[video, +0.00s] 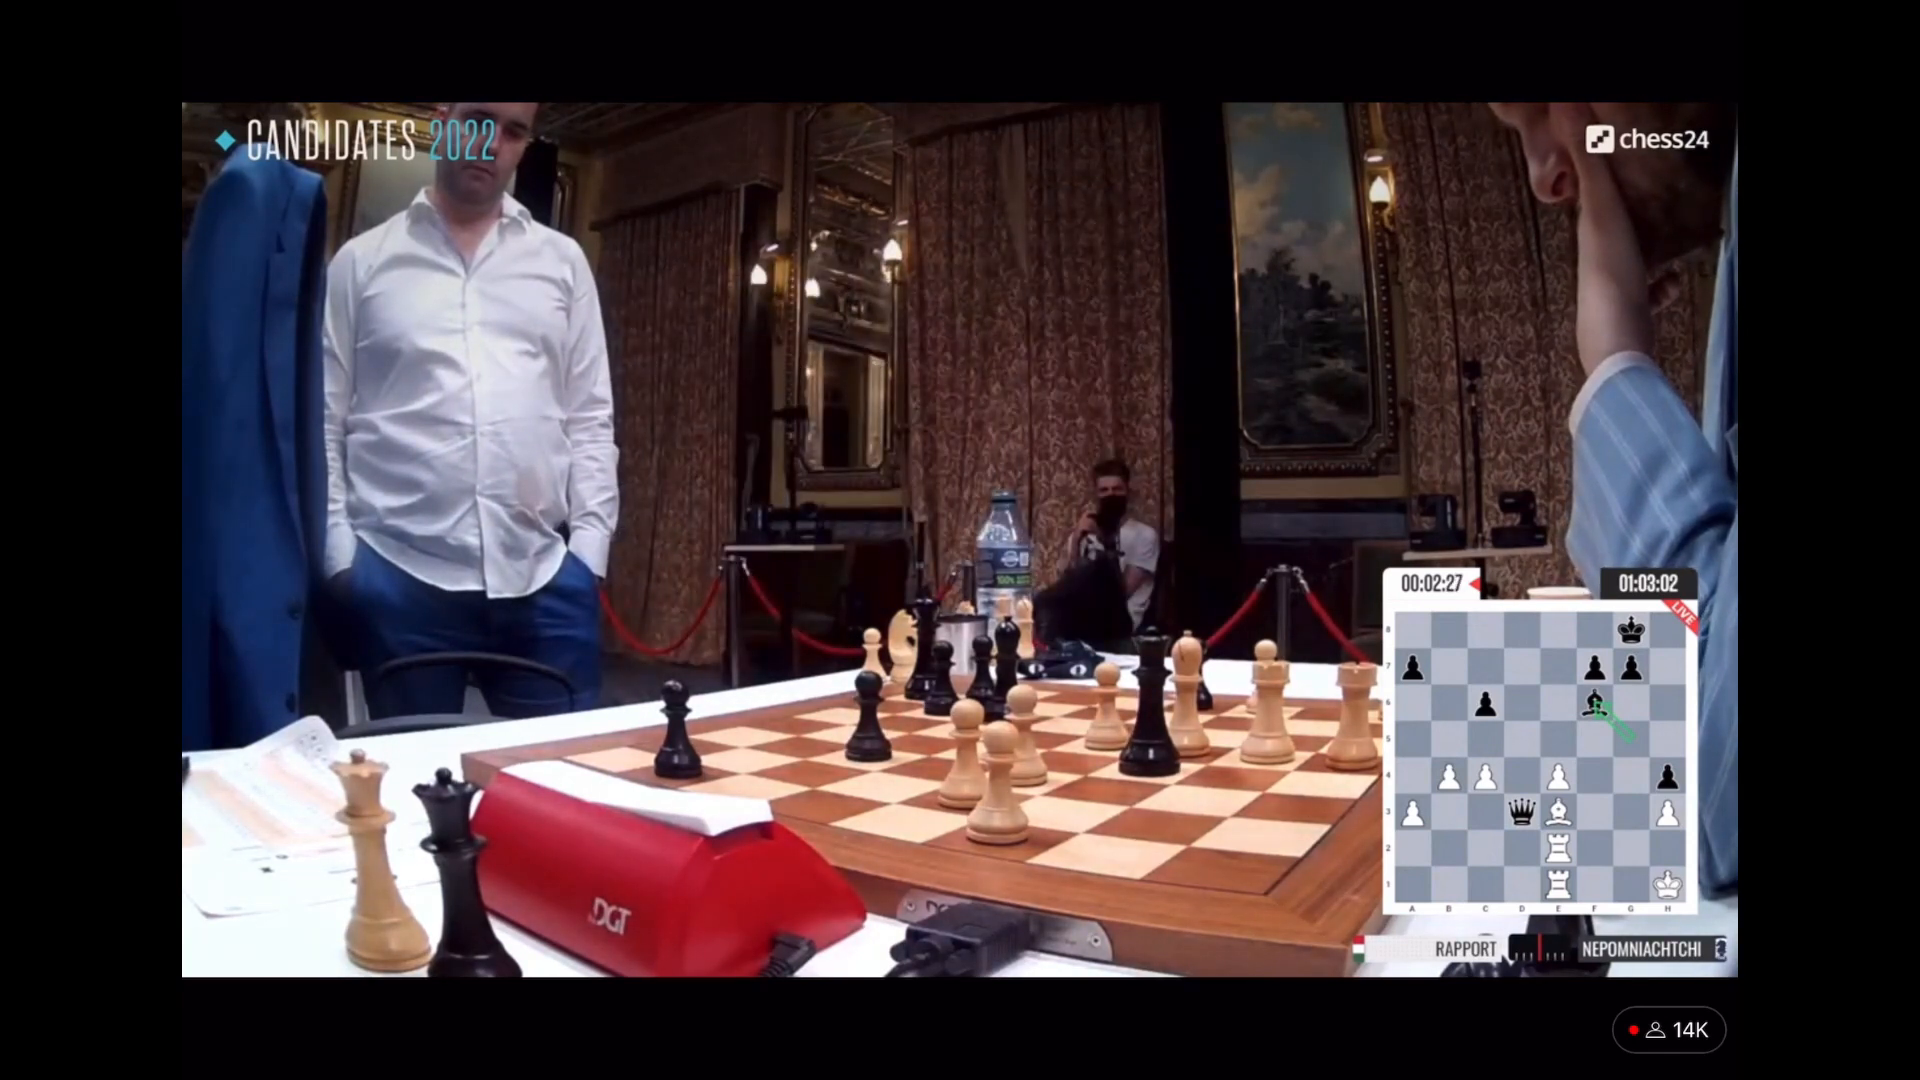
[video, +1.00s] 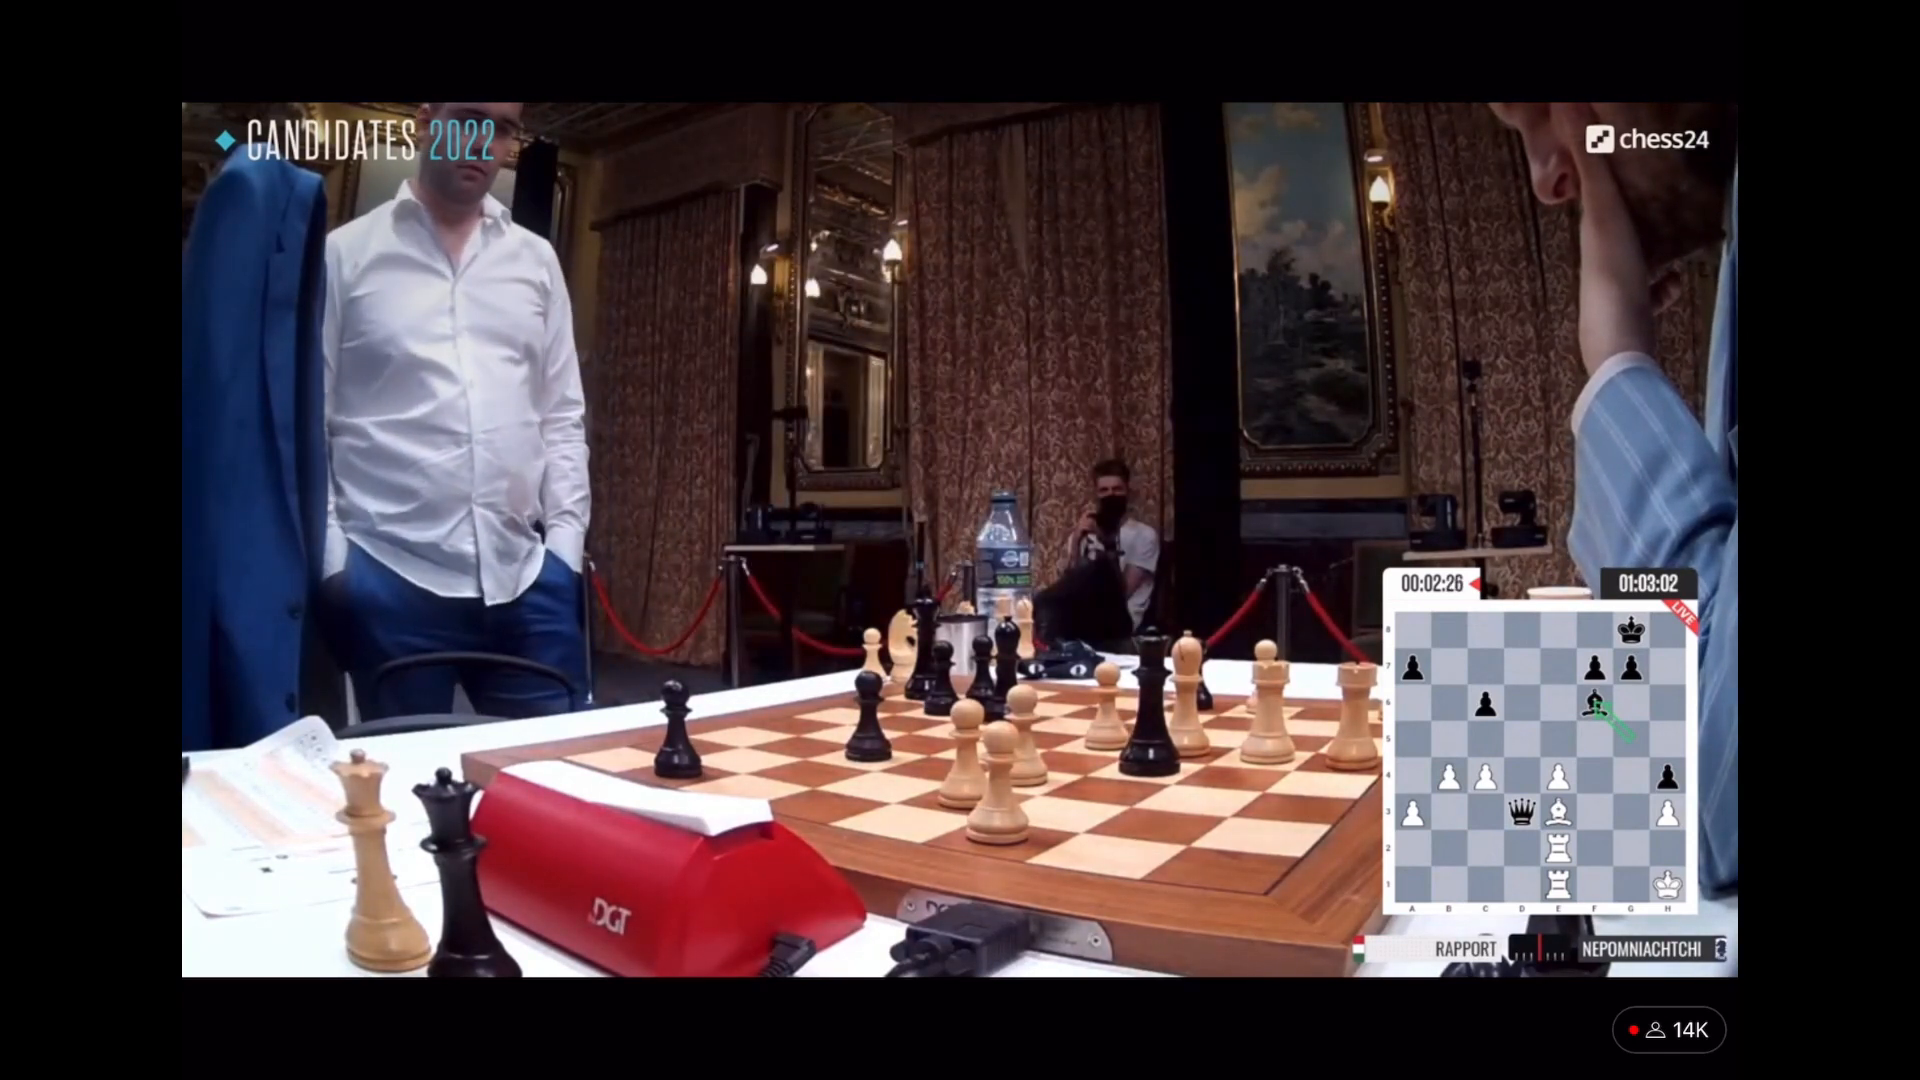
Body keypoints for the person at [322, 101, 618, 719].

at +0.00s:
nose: (489, 146)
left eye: (512, 132)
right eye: (476, 122)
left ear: (528, 146)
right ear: (440, 121)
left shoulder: (562, 261)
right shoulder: (361, 263)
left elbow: (590, 419)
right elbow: (325, 420)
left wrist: (587, 555)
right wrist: (342, 562)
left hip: (545, 583)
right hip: (401, 585)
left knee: (566, 789)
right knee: (414, 791)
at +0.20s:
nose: (488, 146)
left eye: (511, 132)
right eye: (475, 122)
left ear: (527, 147)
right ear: (439, 121)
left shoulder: (561, 262)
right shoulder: (359, 264)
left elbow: (589, 419)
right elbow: (324, 420)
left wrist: (586, 555)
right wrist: (341, 562)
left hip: (545, 583)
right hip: (401, 584)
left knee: (564, 789)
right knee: (416, 791)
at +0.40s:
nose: (487, 146)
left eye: (510, 132)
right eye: (474, 122)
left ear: (526, 147)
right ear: (438, 121)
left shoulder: (559, 262)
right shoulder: (358, 264)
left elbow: (588, 419)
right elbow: (323, 420)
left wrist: (585, 554)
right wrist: (341, 562)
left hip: (544, 583)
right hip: (400, 585)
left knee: (566, 788)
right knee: (415, 791)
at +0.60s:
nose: (485, 146)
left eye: (508, 132)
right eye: (472, 122)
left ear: (523, 147)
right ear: (436, 119)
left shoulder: (555, 260)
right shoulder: (355, 262)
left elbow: (583, 418)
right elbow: (321, 421)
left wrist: (581, 551)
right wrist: (338, 563)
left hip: (540, 581)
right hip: (397, 584)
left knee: (564, 787)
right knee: (413, 791)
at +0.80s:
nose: (484, 147)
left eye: (506, 132)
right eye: (471, 122)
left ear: (521, 147)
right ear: (433, 119)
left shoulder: (546, 262)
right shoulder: (349, 260)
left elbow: (573, 419)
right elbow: (311, 421)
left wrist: (571, 550)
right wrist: (335, 563)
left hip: (532, 580)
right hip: (392, 583)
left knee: (559, 783)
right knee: (410, 788)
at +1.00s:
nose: (483, 146)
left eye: (503, 130)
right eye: (467, 121)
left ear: (517, 144)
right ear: (425, 120)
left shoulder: (536, 259)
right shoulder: (344, 255)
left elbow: (563, 416)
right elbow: (308, 419)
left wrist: (565, 548)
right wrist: (335, 564)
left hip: (528, 580)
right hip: (391, 584)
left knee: (560, 778)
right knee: (411, 786)